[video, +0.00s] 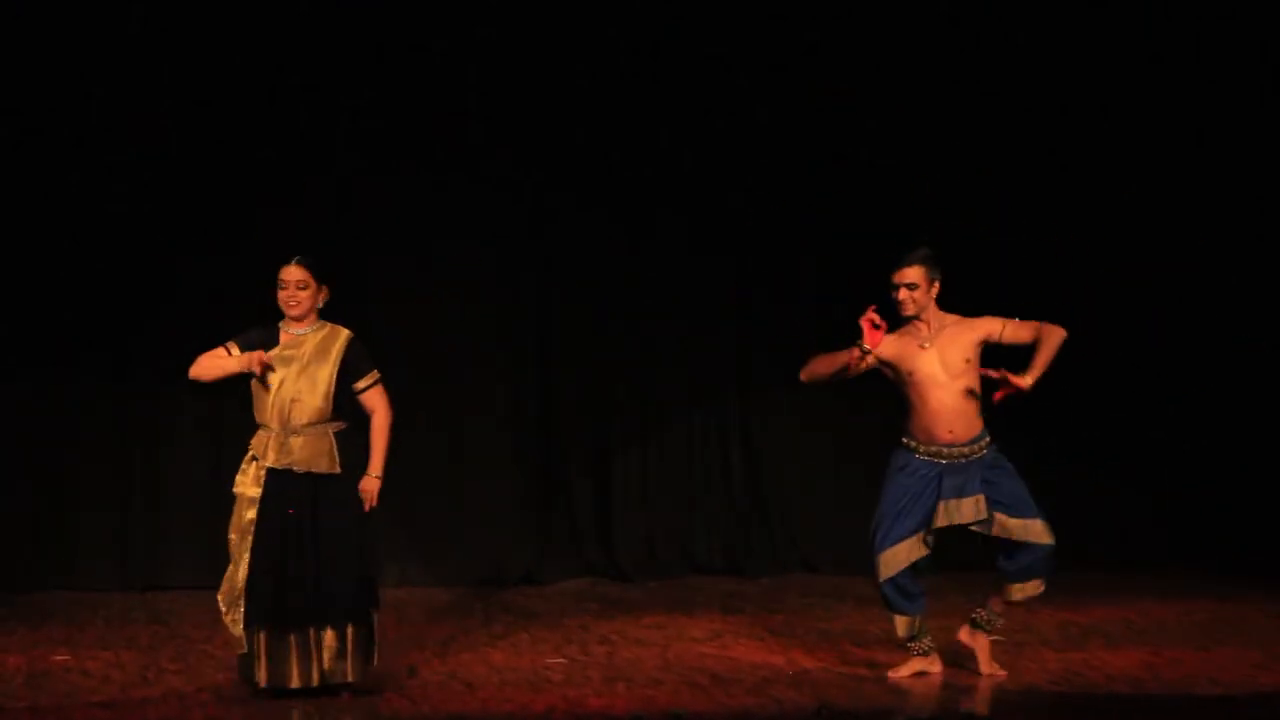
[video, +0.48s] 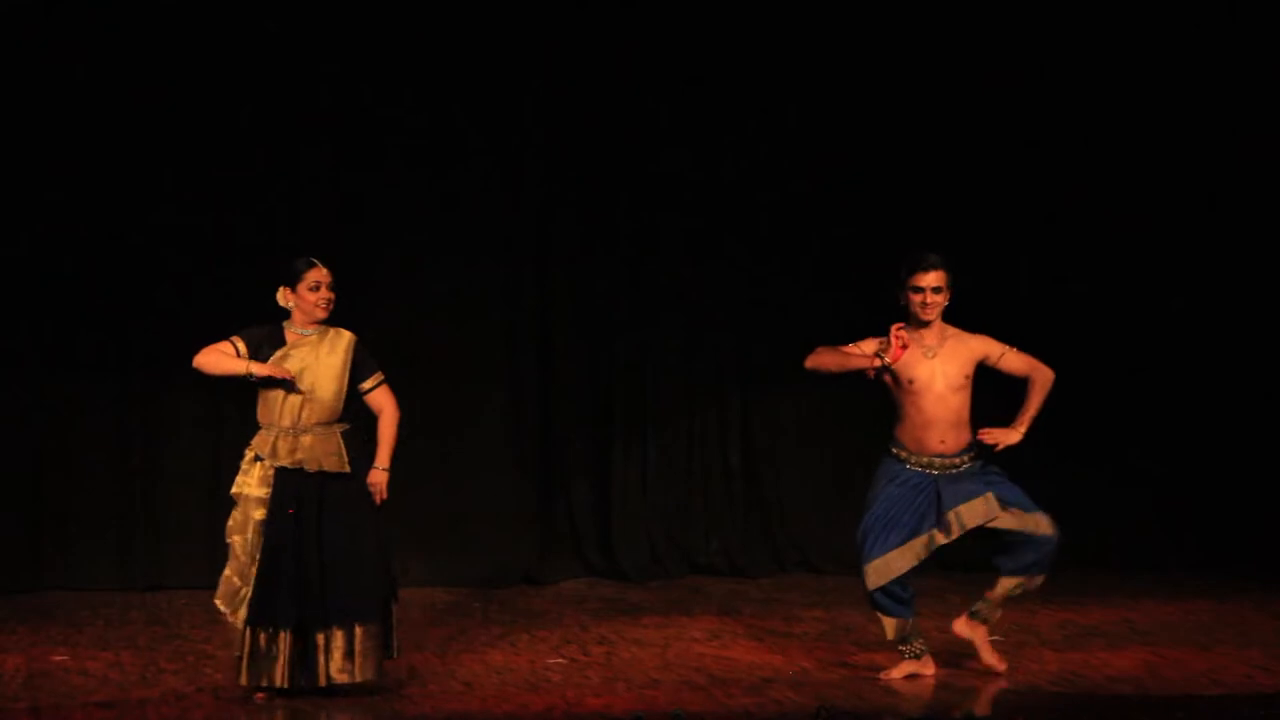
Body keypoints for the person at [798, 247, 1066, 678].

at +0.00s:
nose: (901, 295)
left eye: (910, 287)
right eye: (897, 288)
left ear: (934, 288)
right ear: (894, 292)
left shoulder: (972, 329)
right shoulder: (890, 345)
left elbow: (1052, 333)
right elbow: (809, 374)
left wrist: (1028, 377)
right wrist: (856, 353)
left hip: (979, 457)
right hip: (919, 460)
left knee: (1035, 545)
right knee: (891, 552)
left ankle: (981, 627)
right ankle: (922, 653)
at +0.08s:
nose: (906, 295)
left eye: (915, 287)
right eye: (900, 287)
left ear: (937, 288)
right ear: (896, 291)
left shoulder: (973, 329)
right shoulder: (890, 344)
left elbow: (1055, 340)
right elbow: (812, 372)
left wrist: (1033, 389)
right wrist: (862, 353)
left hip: (980, 456)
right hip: (921, 459)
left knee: (1023, 548)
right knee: (894, 552)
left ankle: (968, 640)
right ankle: (923, 653)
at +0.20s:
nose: (916, 295)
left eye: (925, 286)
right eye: (909, 287)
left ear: (944, 289)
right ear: (901, 292)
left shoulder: (977, 332)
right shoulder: (893, 345)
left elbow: (1057, 348)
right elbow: (815, 369)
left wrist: (1037, 402)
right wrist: (872, 355)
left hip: (981, 458)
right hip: (923, 460)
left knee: (1005, 557)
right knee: (886, 543)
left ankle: (962, 650)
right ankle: (915, 633)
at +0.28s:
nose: (921, 295)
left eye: (930, 287)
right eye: (913, 287)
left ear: (947, 290)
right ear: (905, 292)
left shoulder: (978, 335)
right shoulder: (894, 344)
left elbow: (1056, 353)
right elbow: (817, 365)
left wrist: (1036, 409)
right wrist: (872, 356)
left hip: (979, 462)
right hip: (920, 462)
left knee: (1009, 560)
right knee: (880, 539)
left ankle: (964, 650)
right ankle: (919, 622)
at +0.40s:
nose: (927, 296)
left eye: (936, 288)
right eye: (918, 288)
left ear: (949, 292)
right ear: (906, 293)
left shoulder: (975, 339)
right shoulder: (891, 342)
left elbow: (1049, 365)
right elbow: (815, 362)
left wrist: (1027, 421)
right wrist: (873, 356)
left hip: (973, 467)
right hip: (913, 468)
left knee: (1023, 555)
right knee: (886, 559)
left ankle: (966, 639)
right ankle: (918, 656)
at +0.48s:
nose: (927, 298)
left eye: (936, 290)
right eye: (918, 290)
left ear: (948, 296)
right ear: (905, 295)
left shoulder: (971, 345)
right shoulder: (888, 345)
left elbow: (1042, 374)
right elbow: (813, 361)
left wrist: (1018, 428)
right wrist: (872, 358)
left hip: (968, 469)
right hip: (906, 472)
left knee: (1039, 535)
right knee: (878, 557)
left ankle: (977, 621)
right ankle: (916, 656)